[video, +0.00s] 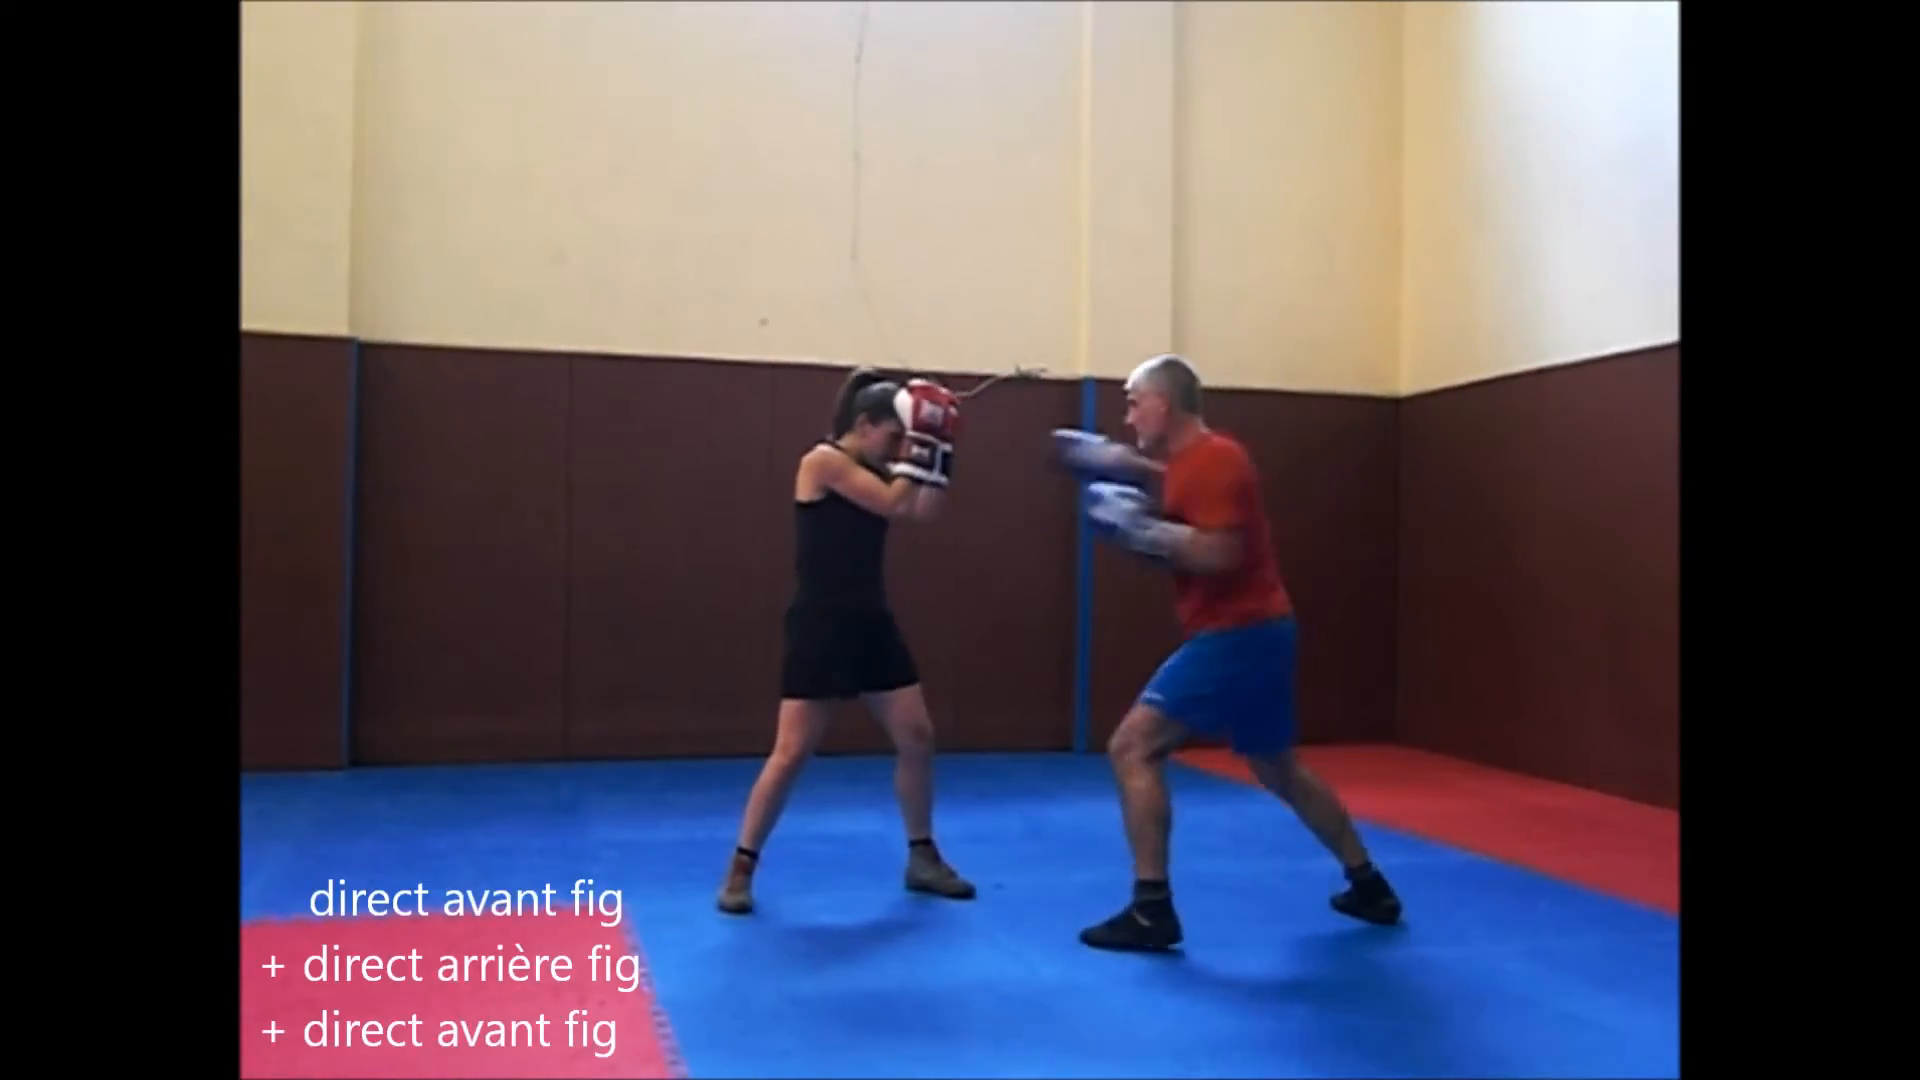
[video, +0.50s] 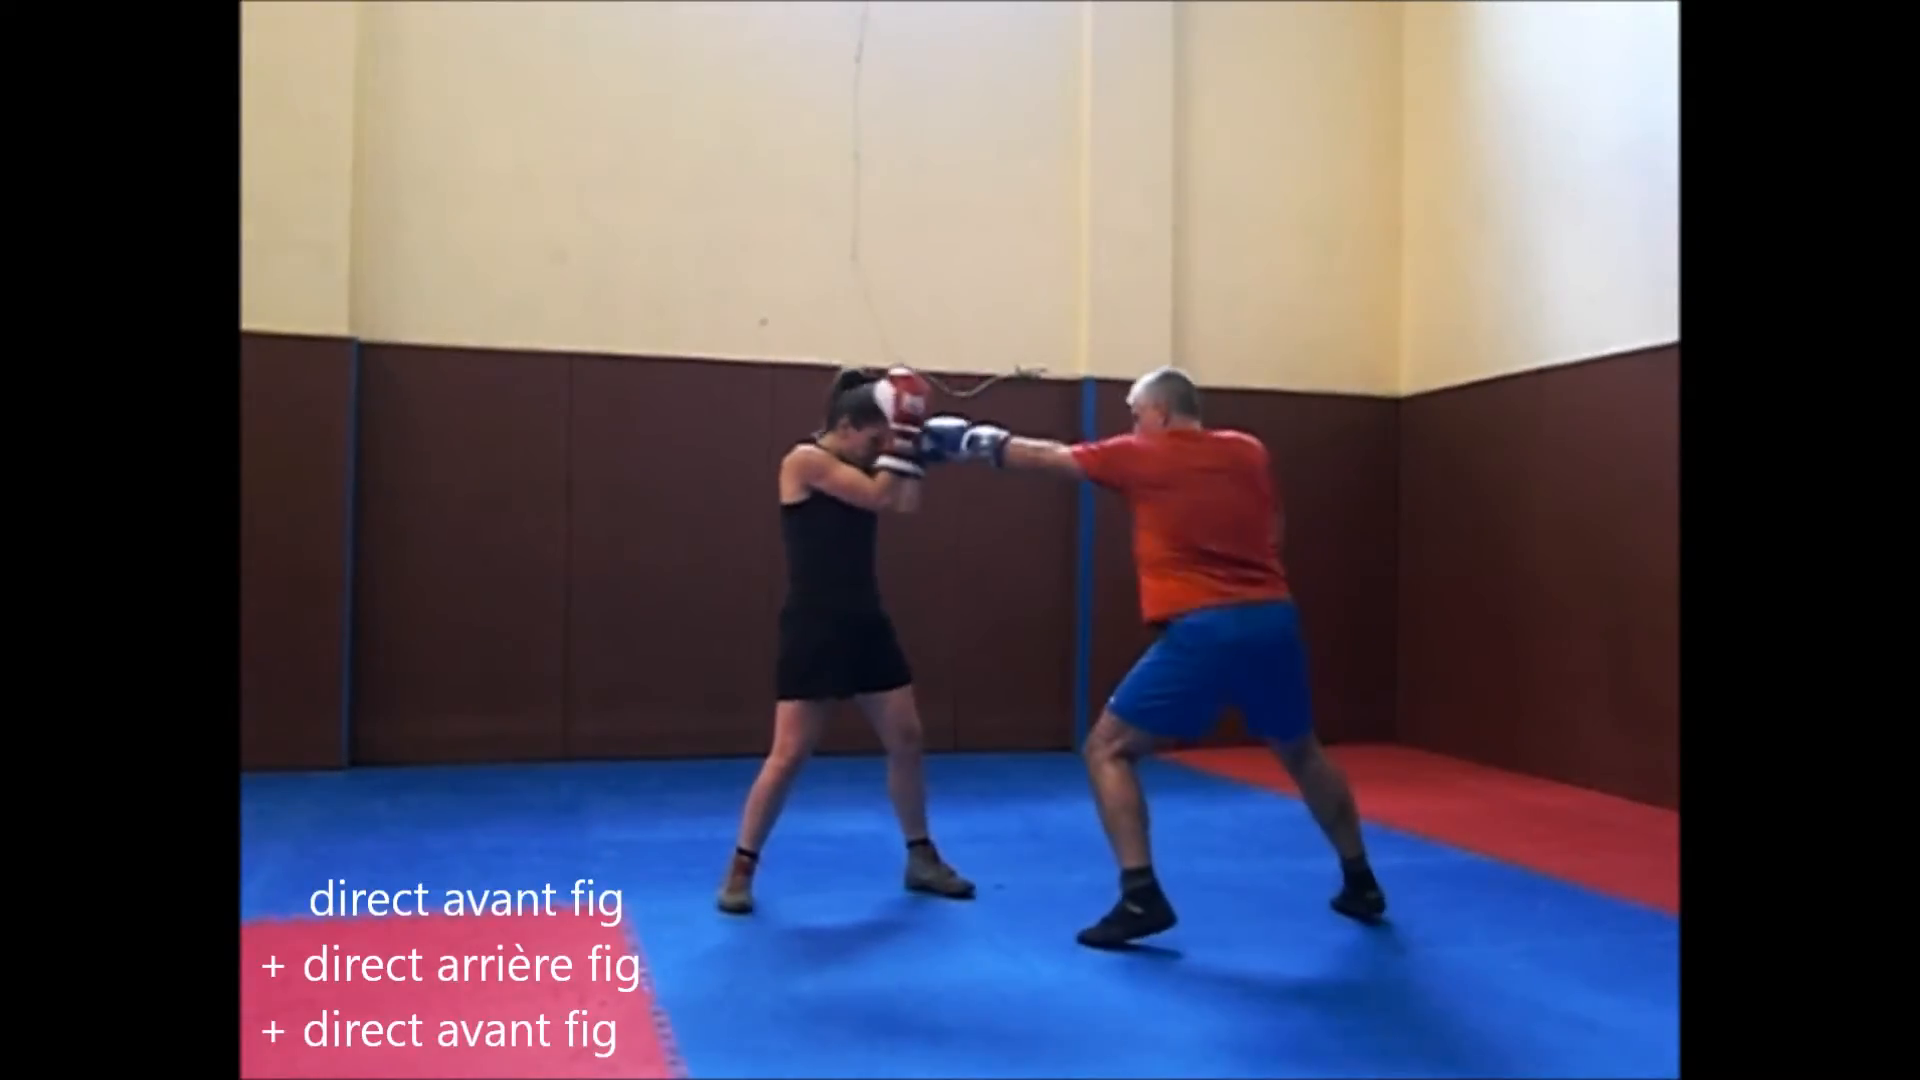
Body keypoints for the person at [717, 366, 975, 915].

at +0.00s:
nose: (897, 444)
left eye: (901, 436)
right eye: (893, 433)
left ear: (880, 429)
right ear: (864, 424)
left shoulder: (871, 471)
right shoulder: (822, 462)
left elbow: (922, 508)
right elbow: (893, 500)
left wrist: (937, 449)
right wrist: (919, 448)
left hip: (869, 625)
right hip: (819, 626)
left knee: (916, 736)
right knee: (791, 751)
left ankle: (923, 859)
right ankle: (741, 867)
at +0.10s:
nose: (894, 447)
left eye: (898, 438)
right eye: (890, 435)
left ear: (876, 429)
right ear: (861, 424)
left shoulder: (866, 471)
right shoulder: (820, 462)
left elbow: (918, 510)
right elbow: (891, 501)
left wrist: (934, 456)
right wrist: (916, 450)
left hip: (868, 626)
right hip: (818, 627)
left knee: (914, 737)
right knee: (790, 751)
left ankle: (923, 859)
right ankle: (741, 867)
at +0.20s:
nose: (883, 445)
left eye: (887, 435)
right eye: (878, 434)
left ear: (876, 431)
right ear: (849, 424)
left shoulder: (864, 472)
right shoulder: (812, 464)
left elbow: (913, 507)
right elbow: (882, 501)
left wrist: (927, 449)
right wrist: (906, 447)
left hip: (867, 625)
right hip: (817, 627)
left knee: (913, 737)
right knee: (791, 753)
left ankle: (923, 858)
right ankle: (742, 867)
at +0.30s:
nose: (882, 445)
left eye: (885, 436)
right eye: (876, 434)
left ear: (872, 432)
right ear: (846, 425)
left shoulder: (859, 472)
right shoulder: (810, 463)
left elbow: (908, 509)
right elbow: (880, 502)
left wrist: (919, 449)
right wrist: (906, 448)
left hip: (866, 626)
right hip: (815, 628)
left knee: (912, 736)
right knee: (791, 752)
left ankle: (923, 858)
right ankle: (742, 868)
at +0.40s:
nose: (884, 450)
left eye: (888, 441)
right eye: (879, 438)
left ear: (875, 435)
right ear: (851, 426)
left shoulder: (858, 469)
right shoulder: (811, 462)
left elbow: (905, 501)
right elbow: (880, 502)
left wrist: (919, 445)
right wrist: (909, 454)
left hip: (864, 625)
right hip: (813, 627)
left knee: (909, 736)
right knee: (790, 751)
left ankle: (922, 858)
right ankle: (742, 867)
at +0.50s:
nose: (878, 447)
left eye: (882, 437)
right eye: (873, 436)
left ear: (870, 431)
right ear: (845, 425)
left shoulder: (856, 468)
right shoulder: (805, 462)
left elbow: (906, 499)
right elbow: (878, 496)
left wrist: (914, 442)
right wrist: (903, 443)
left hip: (865, 626)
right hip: (812, 628)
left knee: (906, 737)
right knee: (790, 752)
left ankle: (922, 858)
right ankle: (742, 867)